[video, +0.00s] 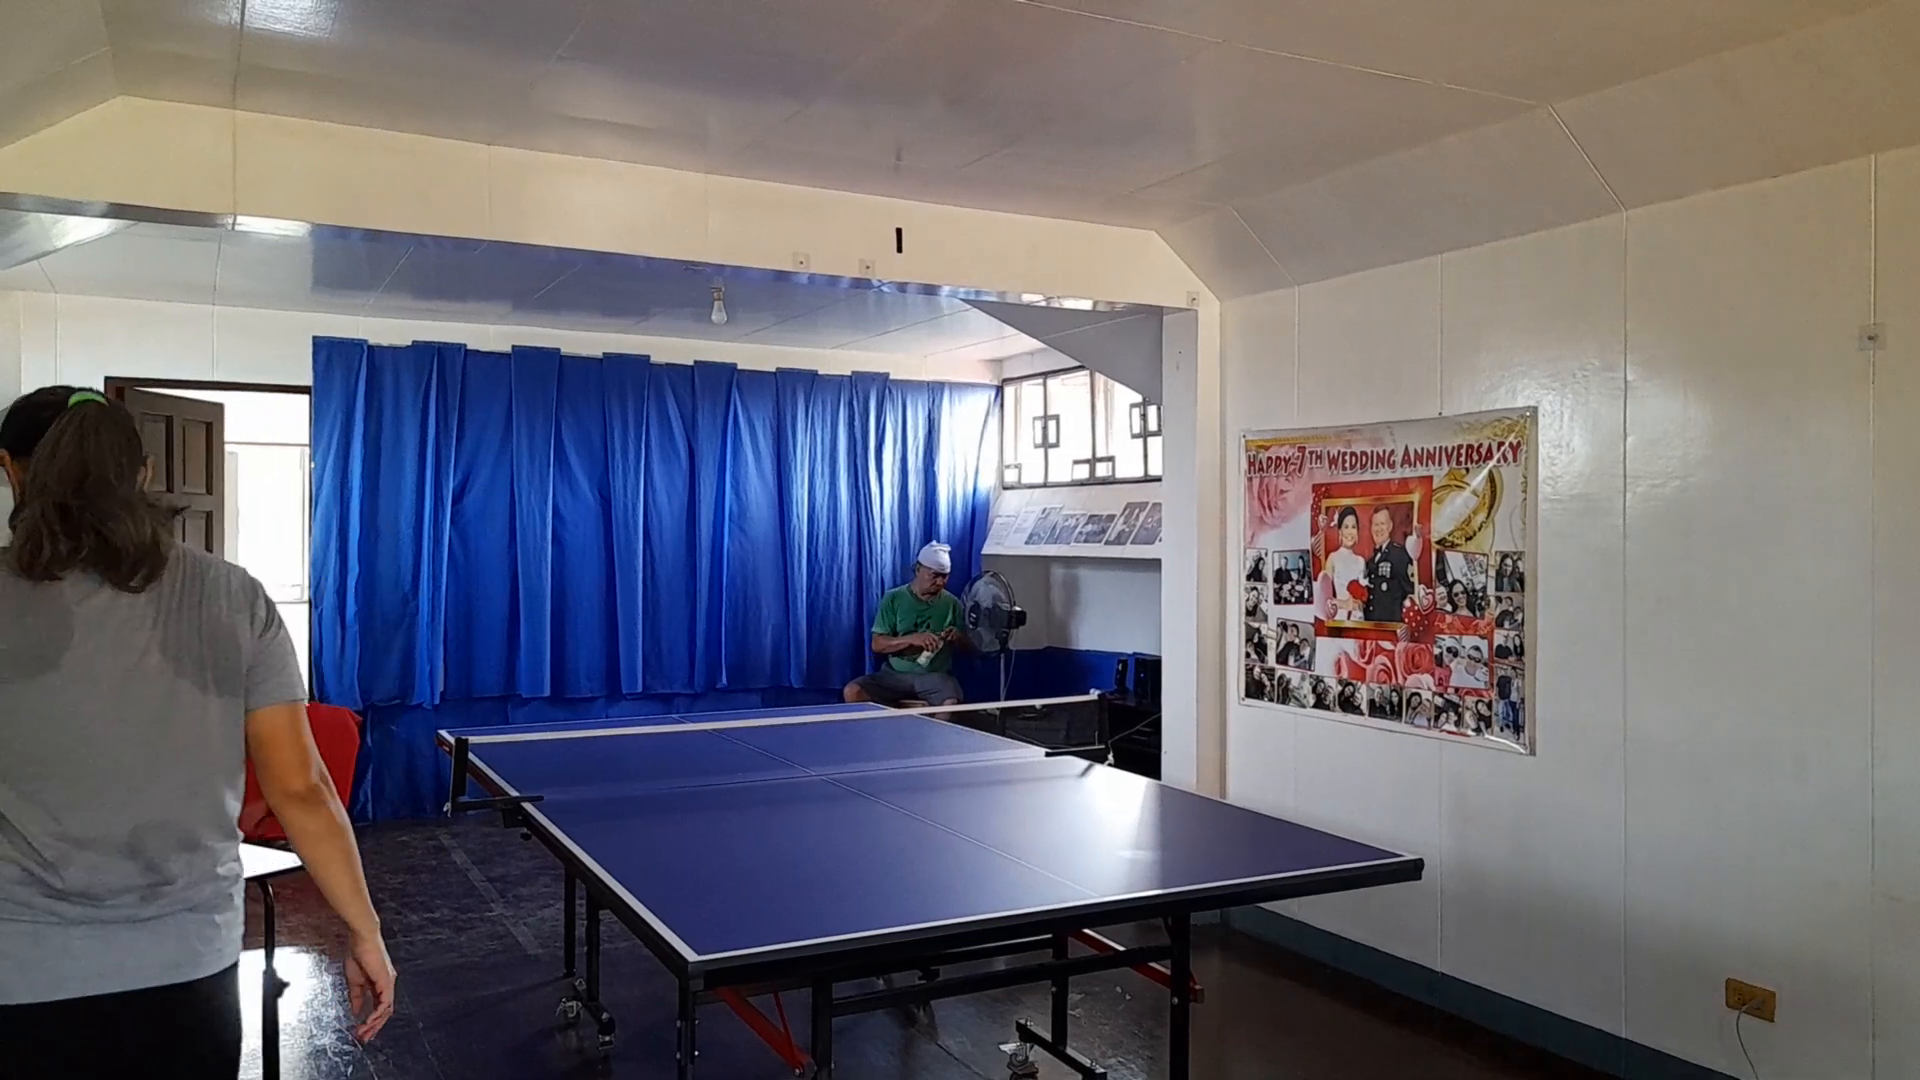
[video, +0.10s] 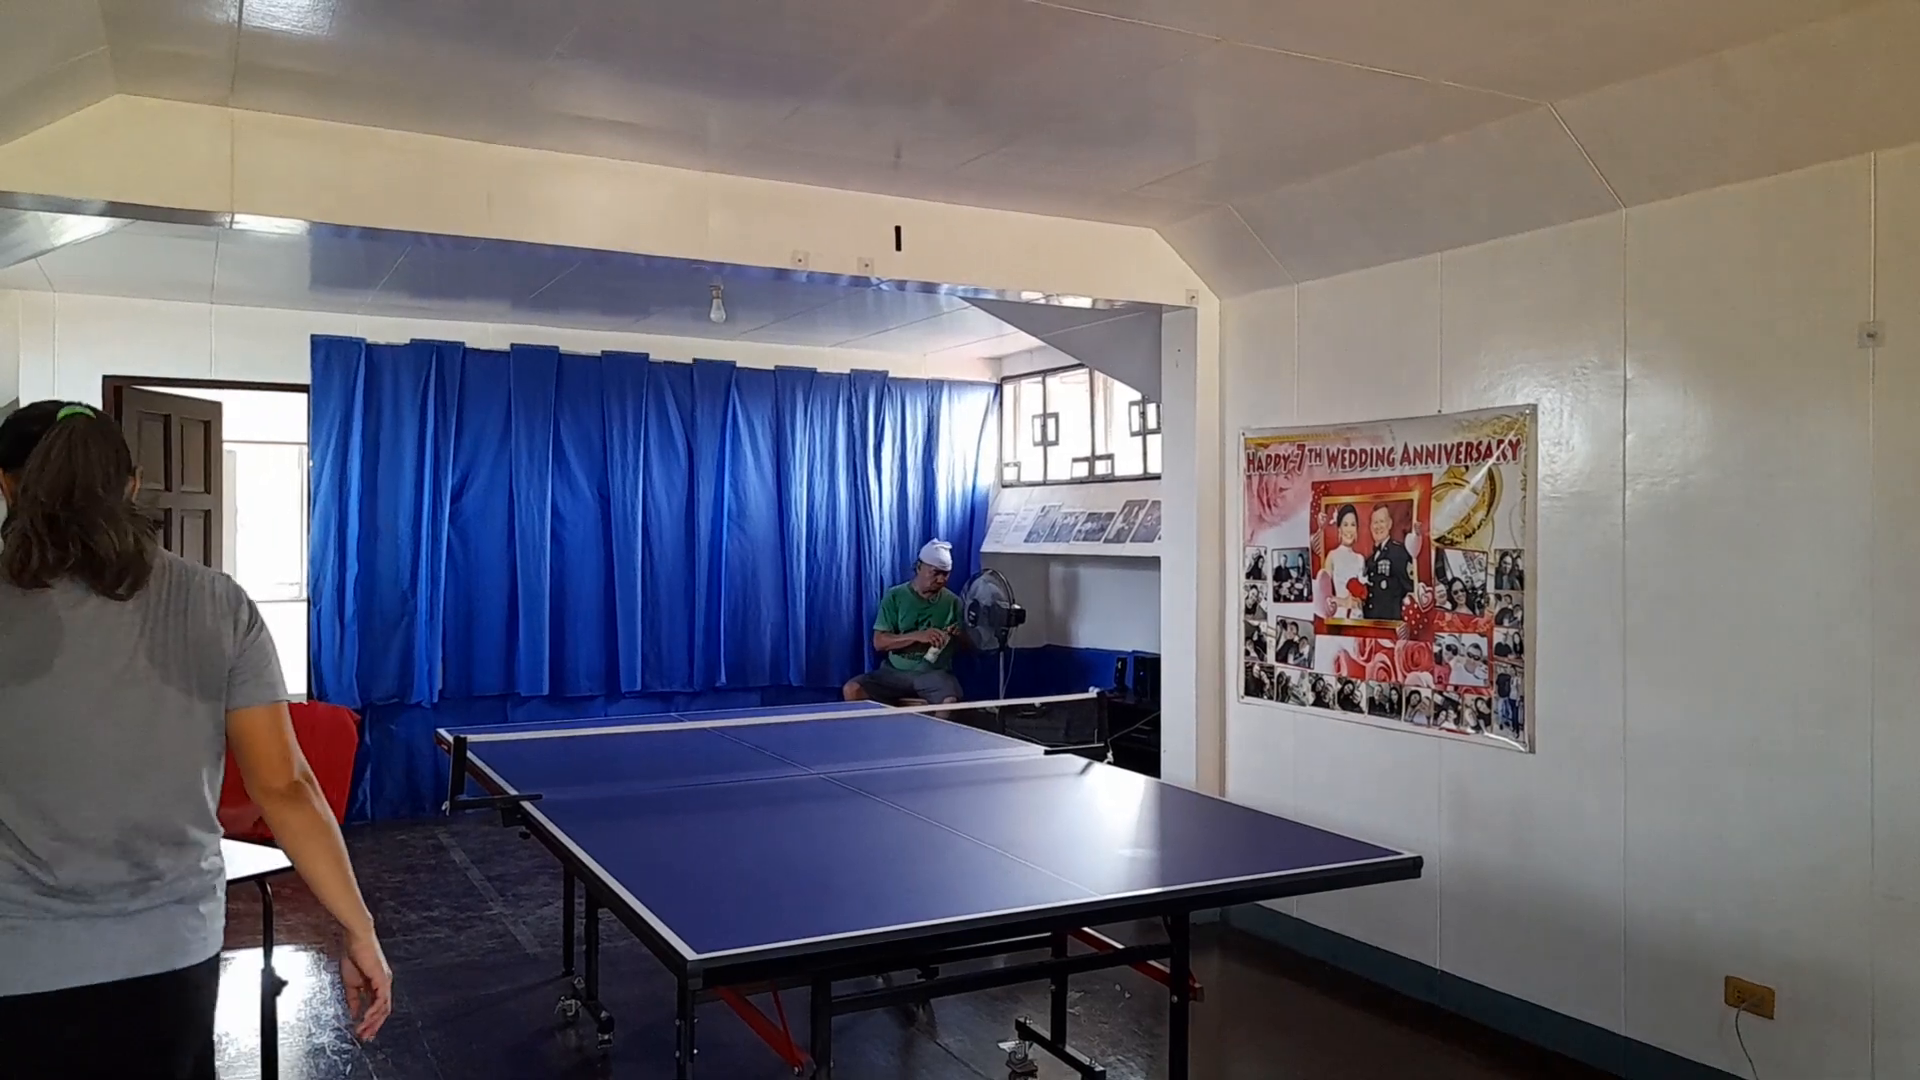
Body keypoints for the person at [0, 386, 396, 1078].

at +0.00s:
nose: (8, 477)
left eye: (9, 467)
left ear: (16, 475)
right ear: (137, 470)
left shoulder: (10, 594)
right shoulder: (228, 597)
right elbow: (298, 787)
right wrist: (366, 931)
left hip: (25, 996)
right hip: (183, 995)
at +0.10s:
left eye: (5, 477)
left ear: (9, 486)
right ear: (128, 482)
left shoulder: (9, 599)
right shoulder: (214, 604)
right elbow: (284, 786)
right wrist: (360, 928)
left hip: (21, 974)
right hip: (172, 966)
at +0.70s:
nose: (81, 491)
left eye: (76, 480)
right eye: (82, 481)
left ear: (2, 491)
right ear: (73, 489)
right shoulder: (125, 586)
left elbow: (173, 745)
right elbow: (174, 747)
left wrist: (168, 817)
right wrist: (171, 818)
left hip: (8, 893)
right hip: (96, 889)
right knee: (83, 1061)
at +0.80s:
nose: (49, 499)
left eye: (43, 487)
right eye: (50, 487)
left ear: (32, 492)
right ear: (38, 491)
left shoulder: (78, 589)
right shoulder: (80, 589)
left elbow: (131, 747)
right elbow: (132, 748)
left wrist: (136, 820)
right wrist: (140, 821)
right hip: (55, 872)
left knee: (53, 1059)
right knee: (66, 1060)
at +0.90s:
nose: (22, 503)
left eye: (20, 491)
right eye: (24, 491)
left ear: (13, 485)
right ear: (15, 485)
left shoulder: (44, 578)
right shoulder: (43, 578)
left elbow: (89, 736)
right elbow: (89, 738)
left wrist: (104, 812)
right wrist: (107, 818)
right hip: (28, 858)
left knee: (43, 1042)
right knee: (41, 1047)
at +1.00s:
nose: (12, 485)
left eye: (8, 475)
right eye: (13, 474)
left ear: (4, 473)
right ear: (6, 473)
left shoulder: (19, 571)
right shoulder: (14, 570)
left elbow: (49, 728)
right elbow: (50, 729)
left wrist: (77, 807)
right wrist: (81, 809)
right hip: (7, 842)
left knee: (32, 1021)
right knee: (27, 1027)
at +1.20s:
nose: (7, 512)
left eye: (9, 499)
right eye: (8, 499)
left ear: (6, 490)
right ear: (2, 489)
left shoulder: (3, 580)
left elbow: (17, 722)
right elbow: (12, 730)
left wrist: (69, 809)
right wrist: (69, 816)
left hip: (1, 860)